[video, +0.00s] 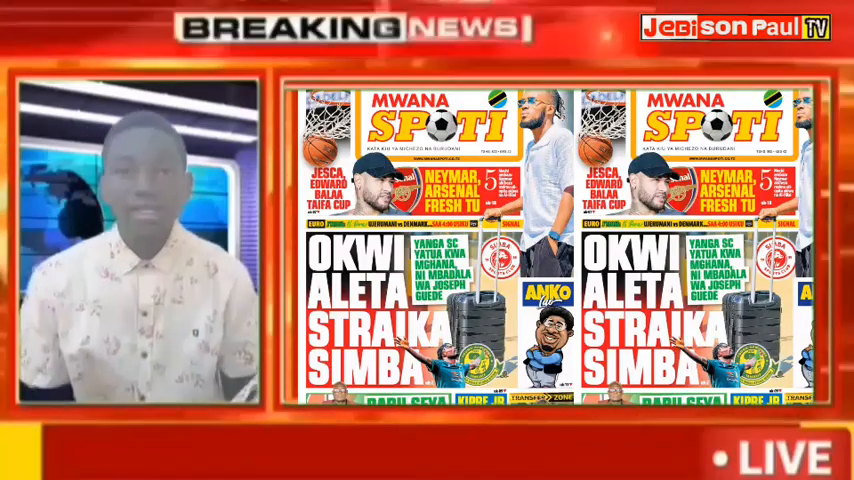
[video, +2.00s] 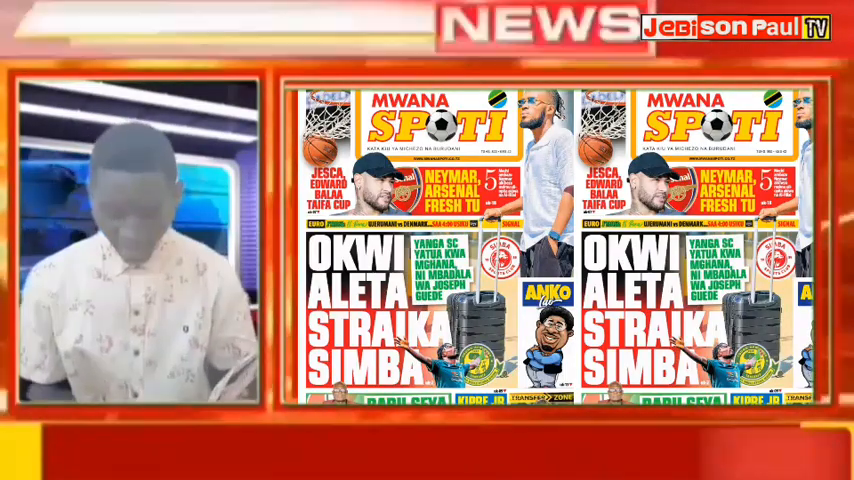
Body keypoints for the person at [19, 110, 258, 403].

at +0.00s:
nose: (144, 187)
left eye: (162, 171)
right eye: (124, 170)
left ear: (188, 186)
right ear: (102, 188)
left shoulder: (226, 277)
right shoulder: (57, 278)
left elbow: (247, 393)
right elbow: (45, 403)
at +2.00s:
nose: (132, 230)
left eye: (148, 213)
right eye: (115, 213)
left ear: (177, 196)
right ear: (91, 196)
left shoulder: (214, 276)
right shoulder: (54, 279)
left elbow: (242, 384)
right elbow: (44, 393)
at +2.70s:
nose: (160, 229)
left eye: (174, 210)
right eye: (144, 212)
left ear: (192, 195)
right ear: (108, 194)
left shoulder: (217, 275)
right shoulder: (54, 272)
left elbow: (232, 385)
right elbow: (44, 390)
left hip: (184, 447)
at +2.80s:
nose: (165, 227)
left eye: (176, 208)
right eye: (147, 212)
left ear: (192, 196)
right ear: (106, 200)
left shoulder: (217, 276)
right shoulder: (53, 272)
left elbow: (234, 385)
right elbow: (39, 389)